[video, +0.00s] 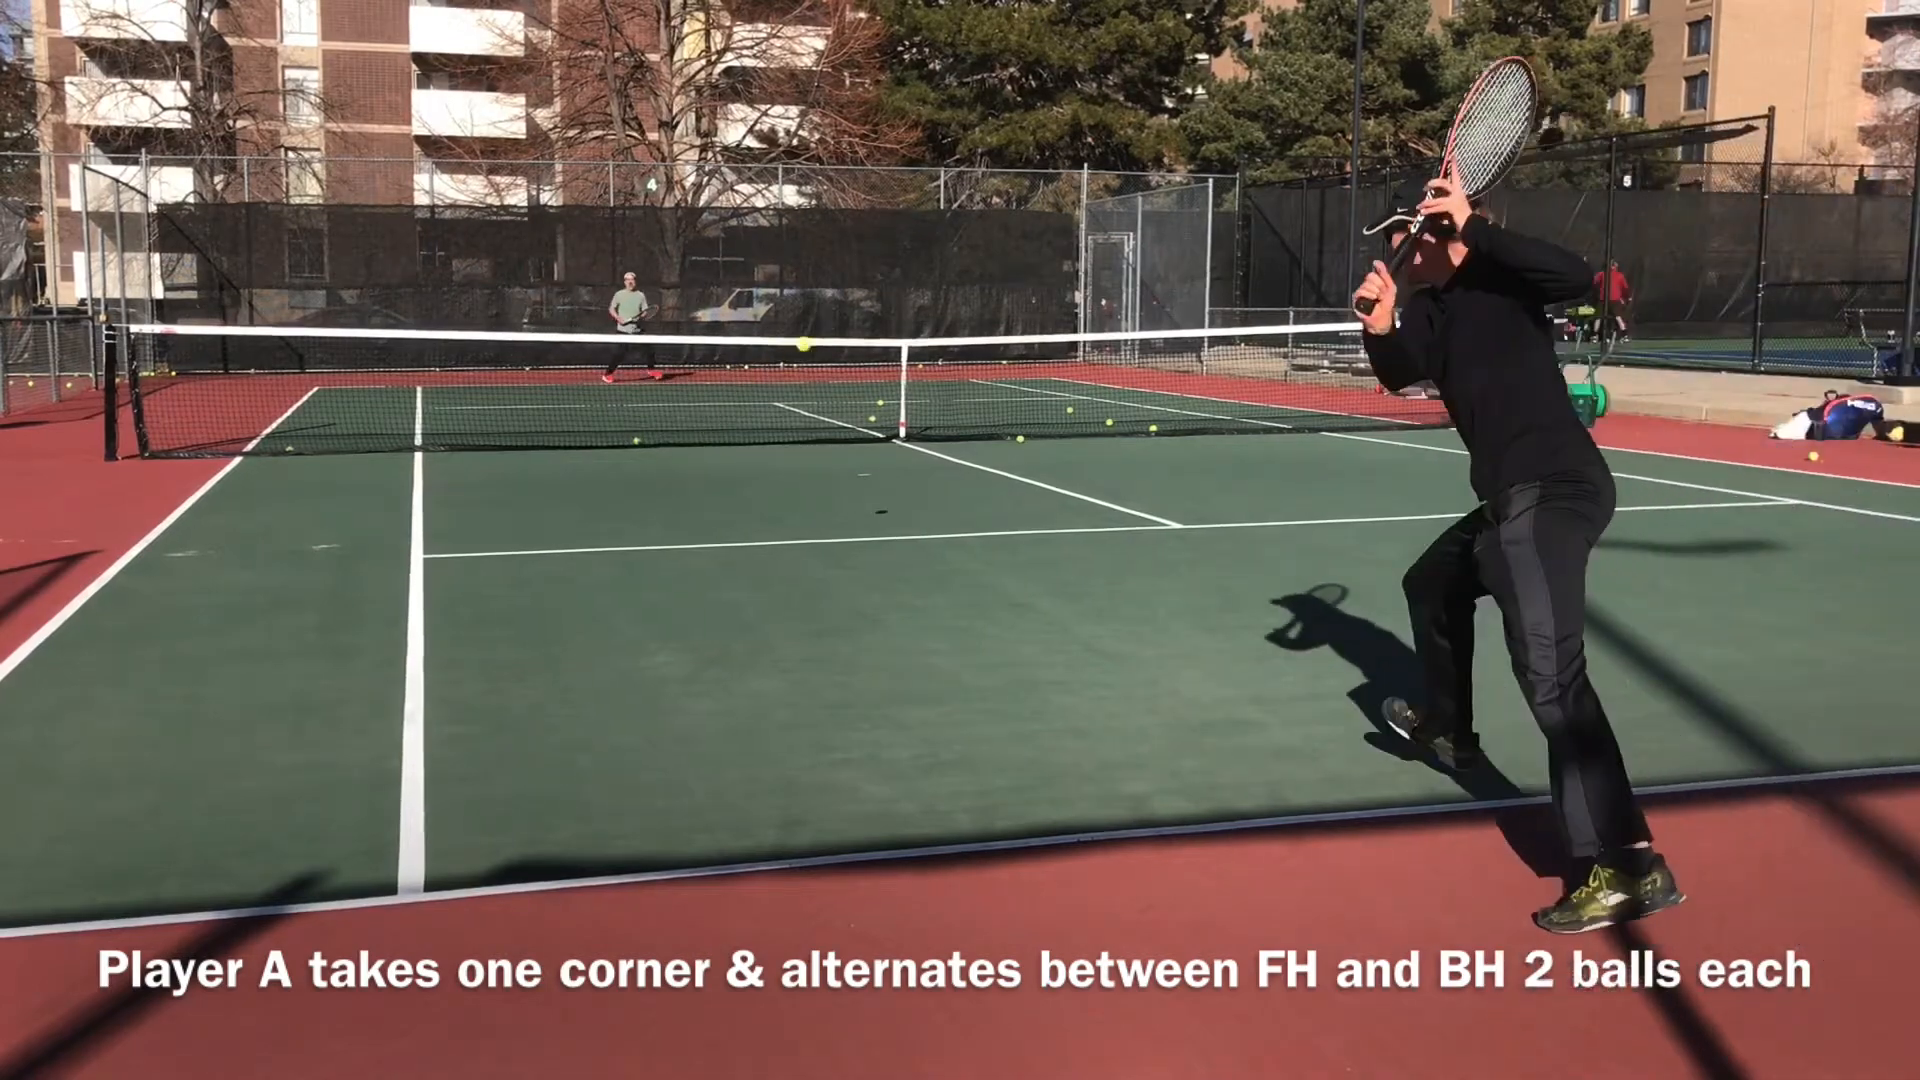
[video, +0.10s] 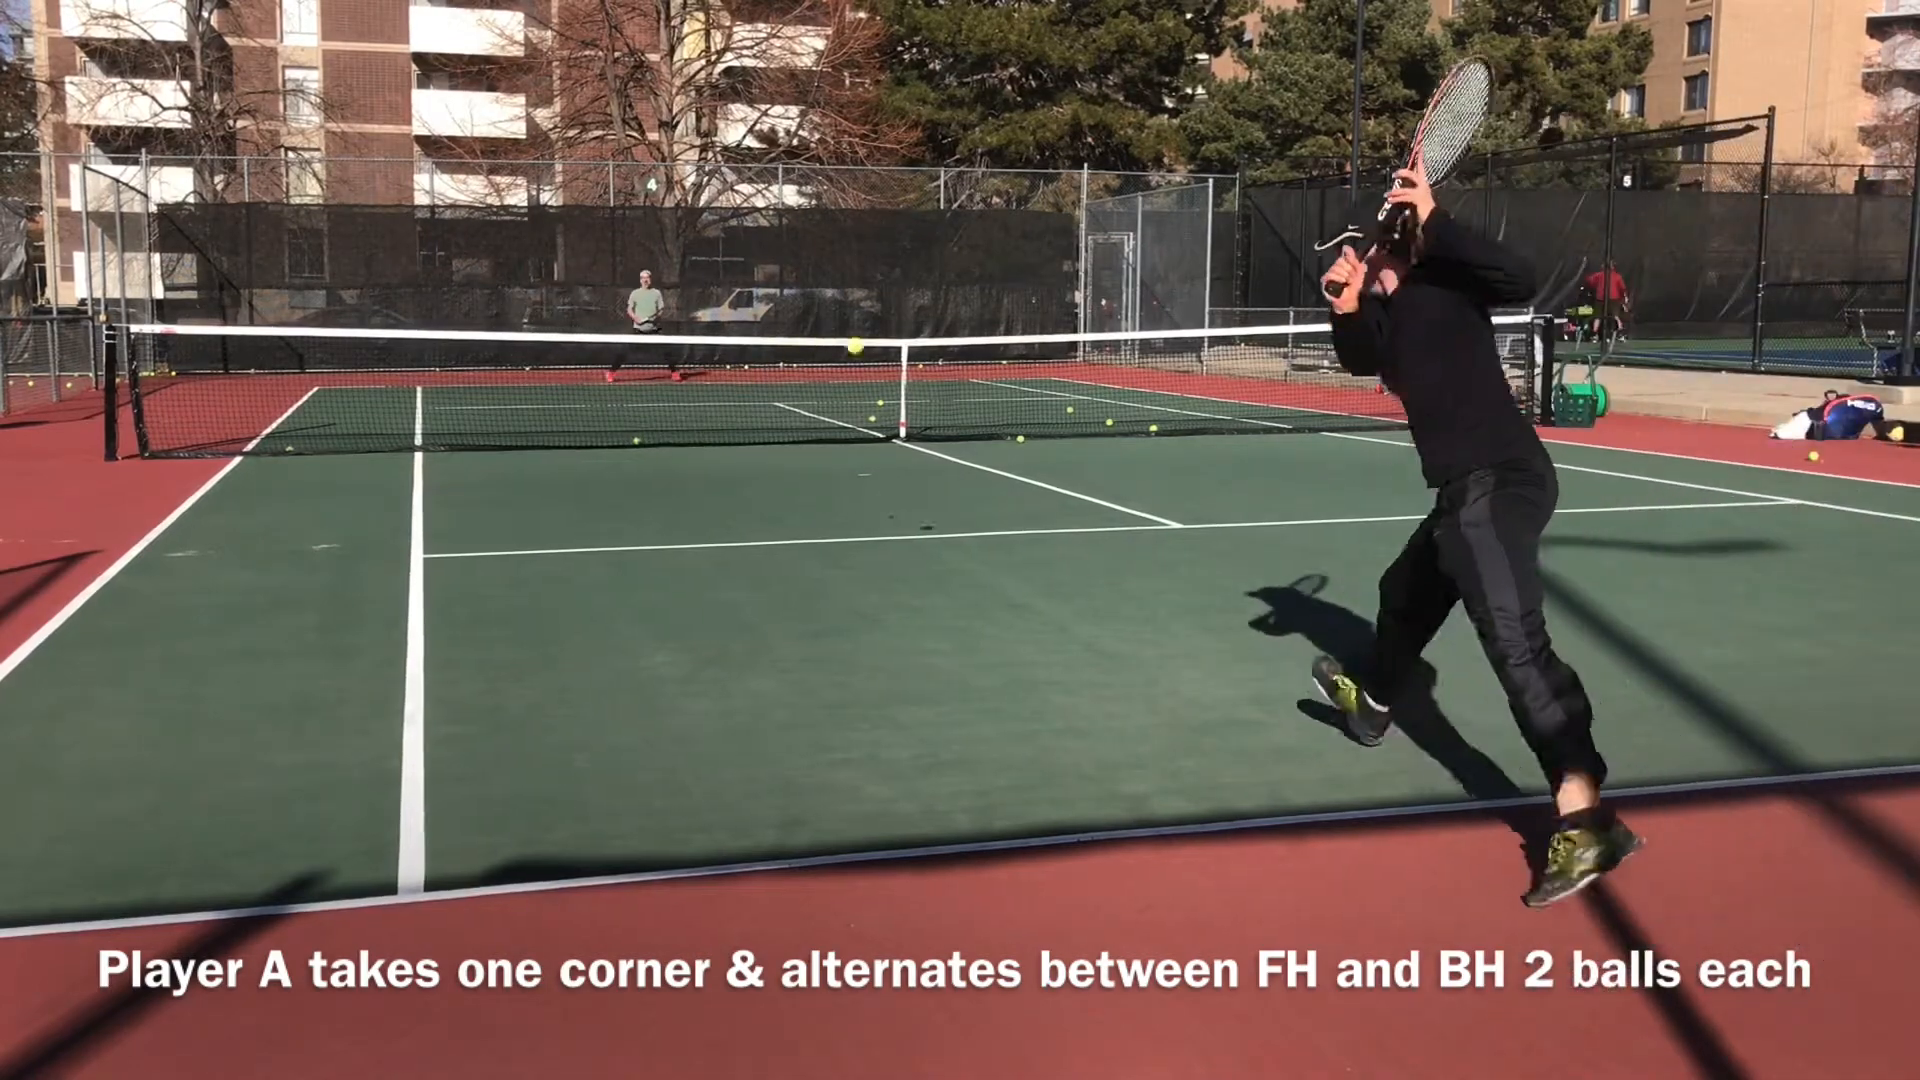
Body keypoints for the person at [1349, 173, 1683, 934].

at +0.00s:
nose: (1411, 249)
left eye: (1422, 236)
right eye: (1406, 238)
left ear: (1454, 240)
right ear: (1408, 250)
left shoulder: (1497, 278)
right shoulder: (1430, 309)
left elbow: (1574, 279)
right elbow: (1400, 376)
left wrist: (1476, 227)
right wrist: (1381, 324)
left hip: (1555, 488)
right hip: (1511, 498)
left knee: (1553, 678)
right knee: (1432, 583)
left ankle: (1625, 864)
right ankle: (1446, 731)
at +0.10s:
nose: (1363, 273)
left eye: (1369, 260)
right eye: (1359, 265)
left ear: (1398, 253)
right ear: (1370, 269)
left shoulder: (1444, 280)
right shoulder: (1388, 314)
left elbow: (1518, 277)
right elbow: (1359, 360)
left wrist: (1436, 225)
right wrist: (1347, 307)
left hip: (1502, 478)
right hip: (1462, 490)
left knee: (1514, 637)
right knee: (1407, 594)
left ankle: (1585, 815)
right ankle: (1370, 704)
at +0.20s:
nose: (1300, 322)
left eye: (1308, 307)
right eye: (1297, 313)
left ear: (1338, 303)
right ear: (1324, 317)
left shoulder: (1383, 324)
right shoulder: (1343, 353)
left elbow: (1451, 337)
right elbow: (1326, 380)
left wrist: (1386, 280)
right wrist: (1301, 354)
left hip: (1468, 499)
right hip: (1431, 504)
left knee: (1464, 655)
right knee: (1350, 575)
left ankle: (1537, 806)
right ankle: (1349, 711)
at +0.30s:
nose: (1265, 348)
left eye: (1267, 335)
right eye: (1261, 338)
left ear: (1298, 324)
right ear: (1296, 326)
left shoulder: (1354, 342)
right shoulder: (1323, 359)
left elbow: (1376, 407)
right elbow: (1287, 423)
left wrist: (1318, 416)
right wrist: (1249, 463)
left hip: (1448, 499)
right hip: (1416, 501)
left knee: (1433, 654)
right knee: (1334, 566)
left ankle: (1515, 787)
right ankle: (1344, 708)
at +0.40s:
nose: (1251, 360)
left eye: (1249, 346)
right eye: (1245, 350)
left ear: (1275, 331)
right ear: (1279, 333)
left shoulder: (1327, 340)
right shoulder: (1324, 363)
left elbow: (1353, 407)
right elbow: (1302, 458)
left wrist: (1316, 477)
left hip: (1437, 481)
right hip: (1420, 482)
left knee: (1411, 642)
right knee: (1336, 562)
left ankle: (1519, 751)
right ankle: (1345, 710)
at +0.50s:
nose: (1246, 341)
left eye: (1245, 329)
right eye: (1241, 333)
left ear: (1271, 314)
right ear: (1275, 315)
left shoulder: (1314, 325)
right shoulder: (1328, 329)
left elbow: (1358, 383)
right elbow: (1378, 399)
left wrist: (1341, 443)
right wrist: (1365, 469)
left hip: (1428, 463)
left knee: (1390, 620)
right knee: (1341, 561)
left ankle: (1521, 709)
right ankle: (1347, 707)